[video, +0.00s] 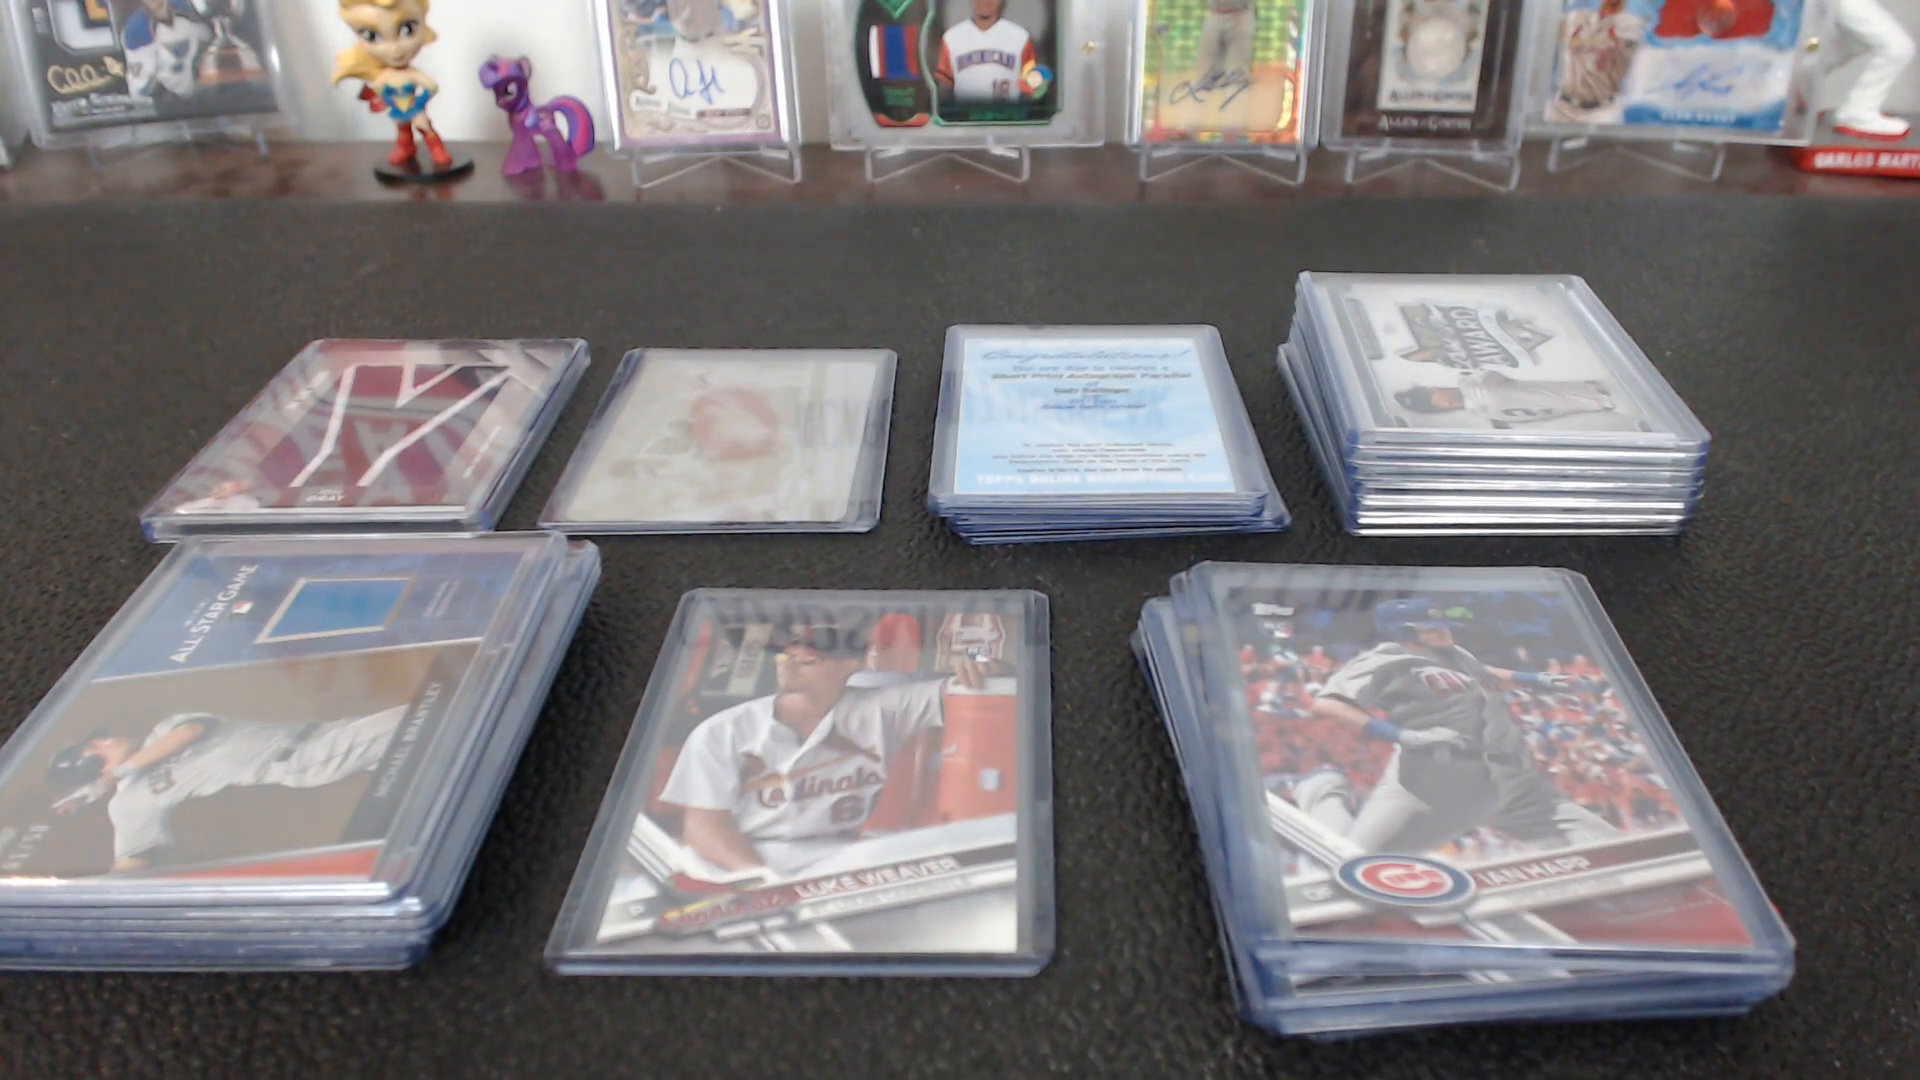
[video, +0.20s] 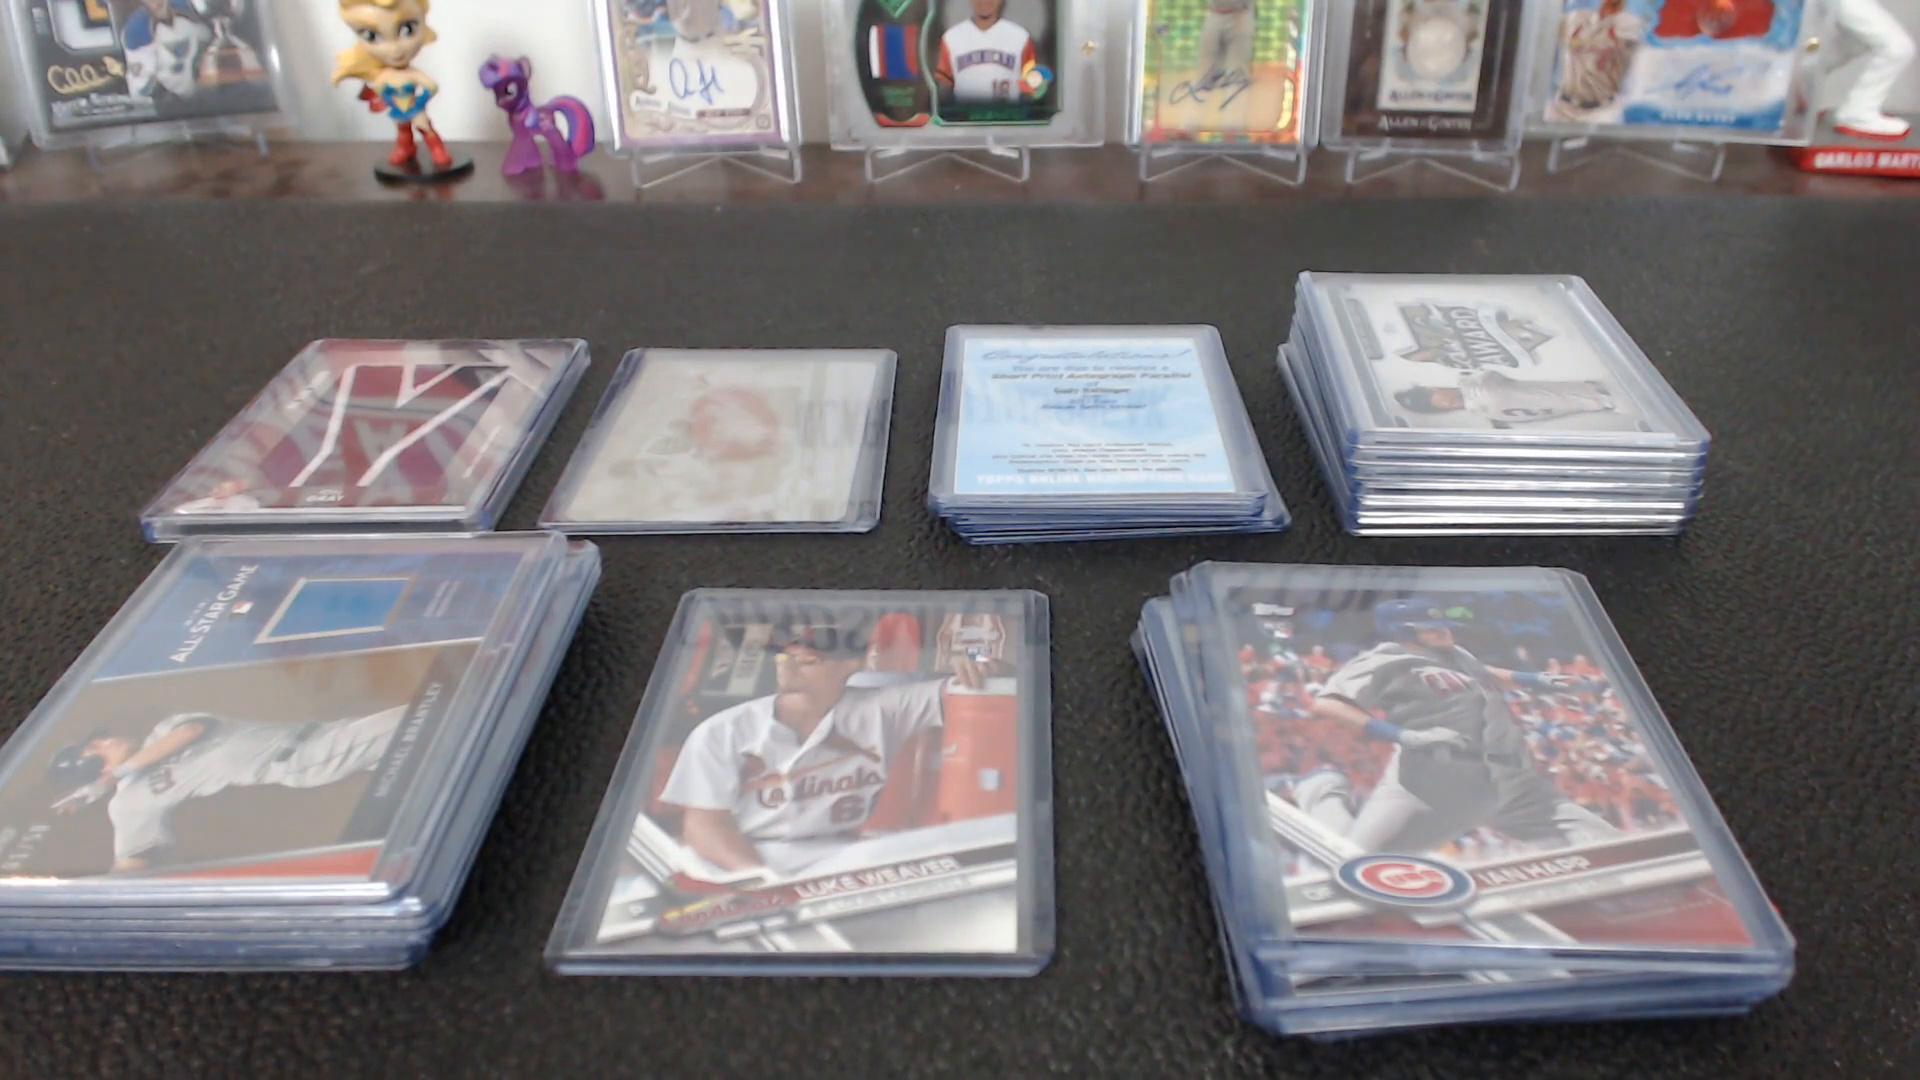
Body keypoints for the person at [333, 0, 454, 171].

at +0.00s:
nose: (394, 50)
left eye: (407, 30)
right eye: (371, 36)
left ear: (424, 28)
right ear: (358, 37)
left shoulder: (414, 74)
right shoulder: (377, 74)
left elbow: (427, 85)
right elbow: (370, 87)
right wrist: (375, 100)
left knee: (421, 121)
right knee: (401, 122)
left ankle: (436, 148)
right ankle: (405, 147)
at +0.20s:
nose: (394, 50)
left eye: (407, 30)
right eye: (371, 36)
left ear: (424, 27)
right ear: (358, 37)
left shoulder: (414, 74)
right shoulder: (377, 74)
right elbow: (370, 86)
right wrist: (375, 99)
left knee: (421, 121)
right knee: (401, 122)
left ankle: (436, 148)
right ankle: (405, 147)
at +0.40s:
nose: (394, 49)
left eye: (407, 30)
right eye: (371, 36)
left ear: (424, 28)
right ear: (358, 37)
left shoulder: (414, 75)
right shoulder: (379, 74)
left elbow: (426, 86)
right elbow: (369, 86)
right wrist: (375, 99)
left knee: (422, 122)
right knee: (401, 123)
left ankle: (436, 148)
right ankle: (405, 147)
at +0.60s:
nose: (394, 49)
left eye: (407, 30)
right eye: (371, 36)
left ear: (424, 28)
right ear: (358, 37)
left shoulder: (414, 75)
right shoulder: (379, 74)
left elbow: (426, 85)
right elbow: (369, 86)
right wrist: (375, 99)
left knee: (422, 122)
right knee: (401, 123)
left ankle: (436, 148)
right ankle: (405, 147)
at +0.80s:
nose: (394, 49)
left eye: (407, 30)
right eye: (371, 36)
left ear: (424, 28)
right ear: (358, 38)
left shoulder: (414, 74)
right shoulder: (378, 74)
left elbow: (426, 86)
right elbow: (369, 88)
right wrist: (375, 101)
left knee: (421, 122)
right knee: (401, 123)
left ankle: (436, 148)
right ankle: (405, 147)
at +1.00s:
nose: (394, 49)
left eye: (407, 30)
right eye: (371, 36)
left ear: (424, 27)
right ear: (358, 37)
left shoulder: (414, 75)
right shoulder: (377, 74)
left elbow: (426, 86)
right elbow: (369, 88)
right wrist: (375, 100)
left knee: (421, 121)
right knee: (401, 121)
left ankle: (436, 148)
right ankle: (405, 146)